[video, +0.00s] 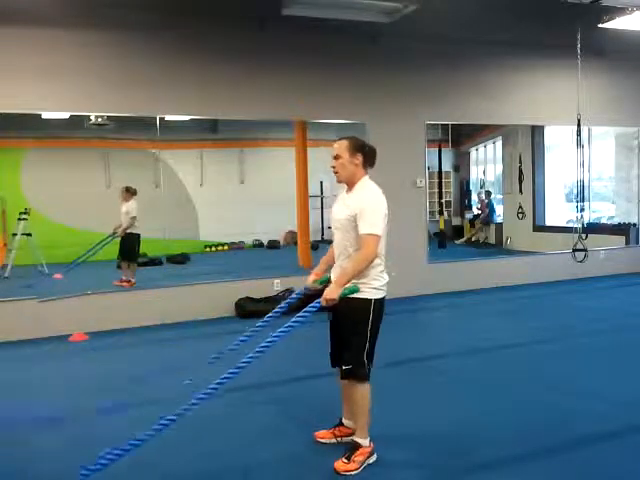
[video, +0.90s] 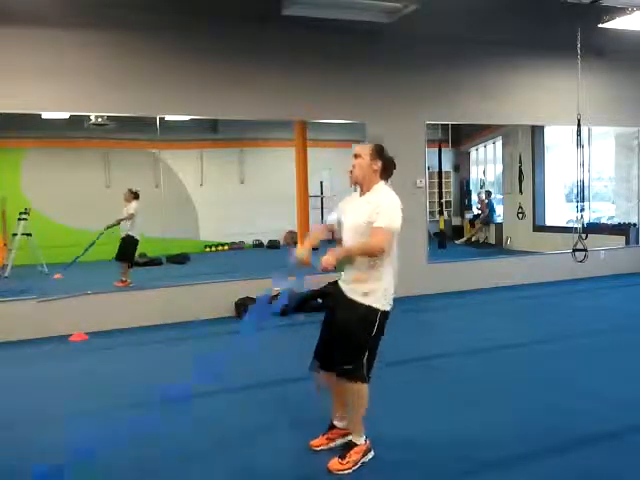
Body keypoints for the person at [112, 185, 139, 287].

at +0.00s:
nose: (122, 195)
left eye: (124, 193)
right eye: (122, 193)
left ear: (129, 194)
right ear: (125, 194)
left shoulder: (132, 204)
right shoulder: (125, 204)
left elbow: (132, 219)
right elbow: (125, 220)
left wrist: (123, 229)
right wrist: (118, 227)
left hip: (133, 233)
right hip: (126, 233)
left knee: (132, 259)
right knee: (123, 258)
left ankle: (131, 278)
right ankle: (125, 277)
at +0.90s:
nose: (124, 196)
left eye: (126, 194)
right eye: (125, 194)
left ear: (132, 196)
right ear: (130, 196)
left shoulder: (134, 204)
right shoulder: (129, 206)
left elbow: (131, 216)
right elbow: (121, 221)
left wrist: (119, 220)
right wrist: (110, 226)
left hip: (131, 235)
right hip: (127, 234)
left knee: (125, 259)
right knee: (124, 259)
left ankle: (125, 279)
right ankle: (124, 278)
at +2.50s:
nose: (113, 193)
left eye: (115, 192)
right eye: (114, 191)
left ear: (120, 193)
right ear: (121, 193)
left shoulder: (120, 203)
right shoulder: (121, 202)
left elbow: (110, 216)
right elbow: (111, 216)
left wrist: (97, 219)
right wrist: (98, 219)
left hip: (118, 232)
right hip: (116, 231)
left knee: (110, 256)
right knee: (111, 256)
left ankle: (109, 278)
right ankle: (109, 277)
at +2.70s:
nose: (116, 193)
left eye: (118, 191)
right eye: (116, 191)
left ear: (122, 192)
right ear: (125, 193)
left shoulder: (123, 203)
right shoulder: (120, 203)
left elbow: (114, 213)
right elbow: (114, 214)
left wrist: (101, 216)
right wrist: (102, 217)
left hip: (119, 233)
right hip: (116, 232)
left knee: (112, 258)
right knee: (111, 258)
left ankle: (110, 279)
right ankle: (110, 278)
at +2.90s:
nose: (113, 194)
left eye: (115, 192)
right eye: (113, 192)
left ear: (119, 193)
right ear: (120, 193)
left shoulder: (123, 201)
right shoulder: (117, 202)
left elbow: (121, 209)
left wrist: (109, 211)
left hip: (122, 231)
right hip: (119, 230)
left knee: (117, 255)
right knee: (116, 255)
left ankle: (116, 277)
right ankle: (116, 276)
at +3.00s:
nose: (112, 202)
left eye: (114, 200)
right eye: (112, 200)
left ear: (118, 201)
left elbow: (124, 218)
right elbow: (112, 219)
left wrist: (113, 221)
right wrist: (106, 220)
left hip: (122, 240)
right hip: (117, 240)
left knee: (119, 263)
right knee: (112, 261)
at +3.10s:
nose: (114, 202)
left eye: (116, 200)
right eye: (114, 200)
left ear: (120, 201)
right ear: (120, 201)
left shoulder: (122, 210)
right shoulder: (116, 210)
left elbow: (124, 218)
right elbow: (111, 220)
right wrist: (101, 219)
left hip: (121, 239)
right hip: (116, 238)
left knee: (116, 262)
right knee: (111, 261)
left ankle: (120, 283)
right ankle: (116, 280)